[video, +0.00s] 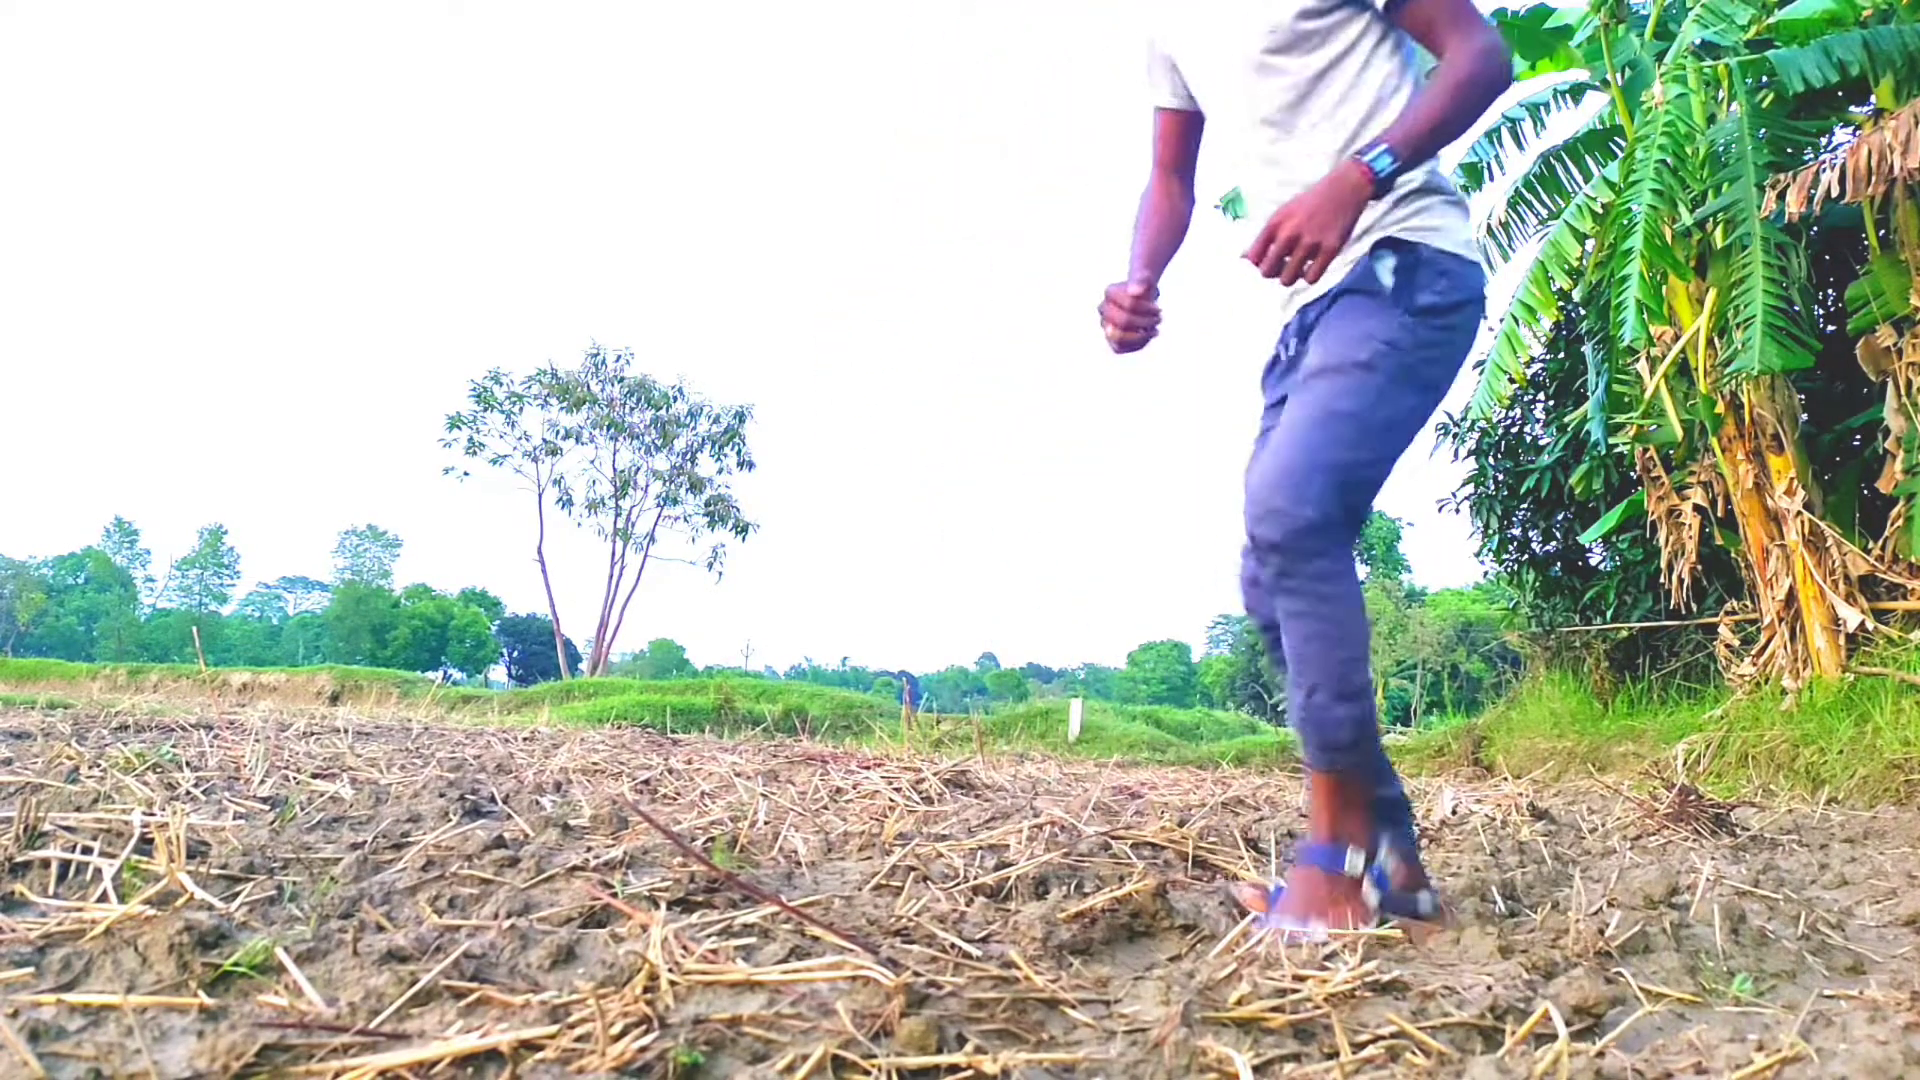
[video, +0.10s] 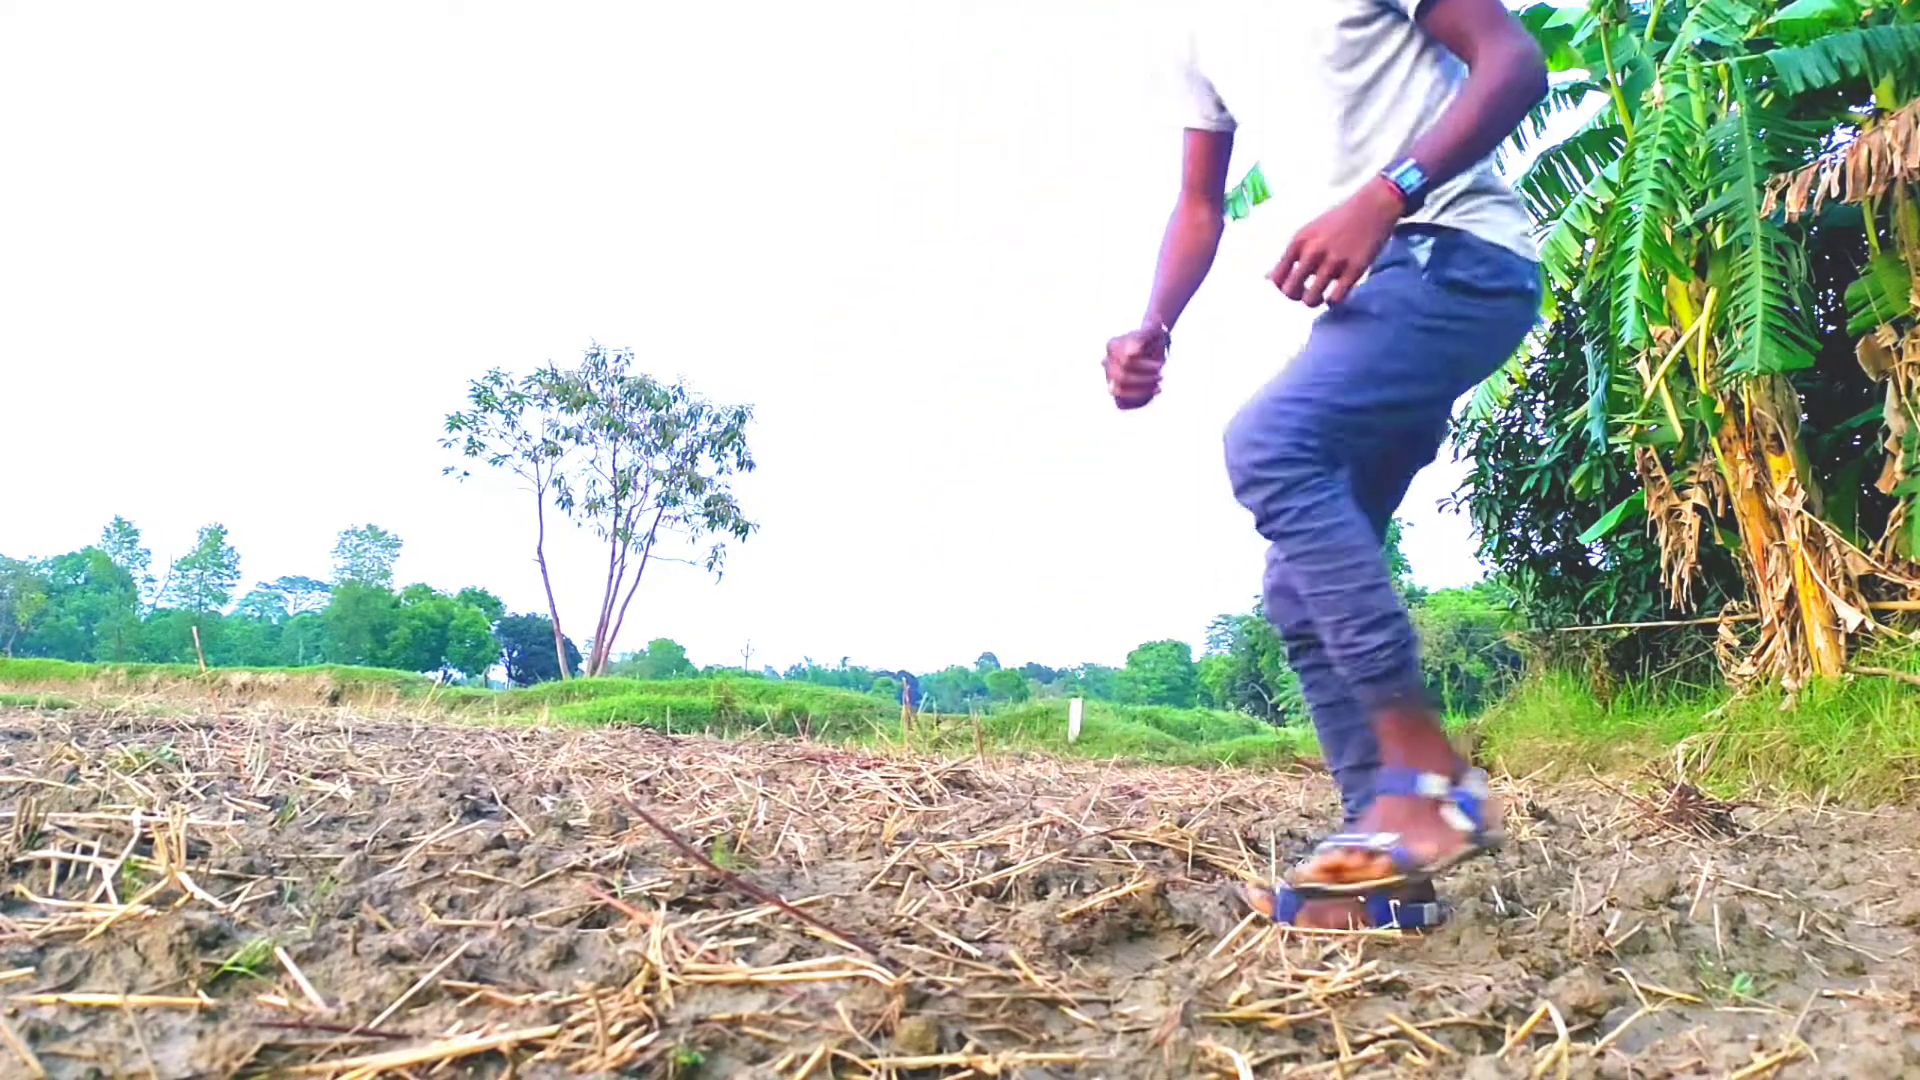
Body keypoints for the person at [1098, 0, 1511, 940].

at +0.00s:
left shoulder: (1358, 4)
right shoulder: (1172, 26)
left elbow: (1482, 55)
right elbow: (1170, 171)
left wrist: (1356, 177)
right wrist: (1140, 276)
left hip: (1408, 263)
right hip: (1317, 300)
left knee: (1293, 512)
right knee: (1273, 574)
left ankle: (1338, 857)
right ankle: (1395, 865)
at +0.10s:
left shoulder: (1389, 5)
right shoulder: (1199, 32)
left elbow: (1515, 62)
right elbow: (1198, 203)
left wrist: (1386, 194)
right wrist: (1156, 321)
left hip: (1460, 248)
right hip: (1394, 278)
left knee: (1272, 444)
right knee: (1300, 586)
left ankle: (1426, 778)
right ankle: (1385, 846)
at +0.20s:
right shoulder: (1224, 21)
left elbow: (1533, 44)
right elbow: (1238, 183)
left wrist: (1393, 201)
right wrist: (1184, 326)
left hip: (1479, 241)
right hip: (1399, 277)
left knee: (1338, 485)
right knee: (1323, 581)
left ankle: (1523, 839)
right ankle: (1400, 882)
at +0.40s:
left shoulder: (1450, 6)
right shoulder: (1289, 25)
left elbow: (1492, 127)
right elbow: (1311, 216)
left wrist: (1387, 361)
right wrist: (1252, 407)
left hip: (1587, 247)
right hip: (1468, 280)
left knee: (1408, 535)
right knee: (1277, 521)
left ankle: (1579, 910)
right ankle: (1431, 826)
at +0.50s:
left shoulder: (1439, 4)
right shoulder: (1289, 37)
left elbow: (1441, 190)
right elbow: (1310, 251)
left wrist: (1357, 427)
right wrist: (1249, 450)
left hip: (1631, 268)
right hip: (1506, 303)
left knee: (1426, 541)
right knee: (1310, 531)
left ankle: (1599, 921)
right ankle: (1477, 825)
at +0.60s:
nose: (1179, 55)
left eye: (1180, 18)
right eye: (1157, 39)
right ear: (1162, 42)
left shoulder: (1418, 24)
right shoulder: (1276, 129)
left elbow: (1364, 300)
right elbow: (1275, 344)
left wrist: (1272, 538)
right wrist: (1208, 549)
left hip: (1693, 299)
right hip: (1564, 326)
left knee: (1442, 543)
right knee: (1332, 530)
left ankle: (1607, 926)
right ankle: (1472, 861)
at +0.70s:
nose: (1186, 140)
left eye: (1190, 91)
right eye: (1153, 129)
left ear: (1257, 40)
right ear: (1147, 149)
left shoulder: (1408, 103)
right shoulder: (1267, 230)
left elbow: (1321, 392)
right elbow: (1231, 436)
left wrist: (1187, 614)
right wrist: (1142, 621)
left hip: (1714, 346)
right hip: (1583, 374)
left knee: (1438, 541)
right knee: (1332, 531)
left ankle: (1603, 924)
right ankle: (1471, 875)